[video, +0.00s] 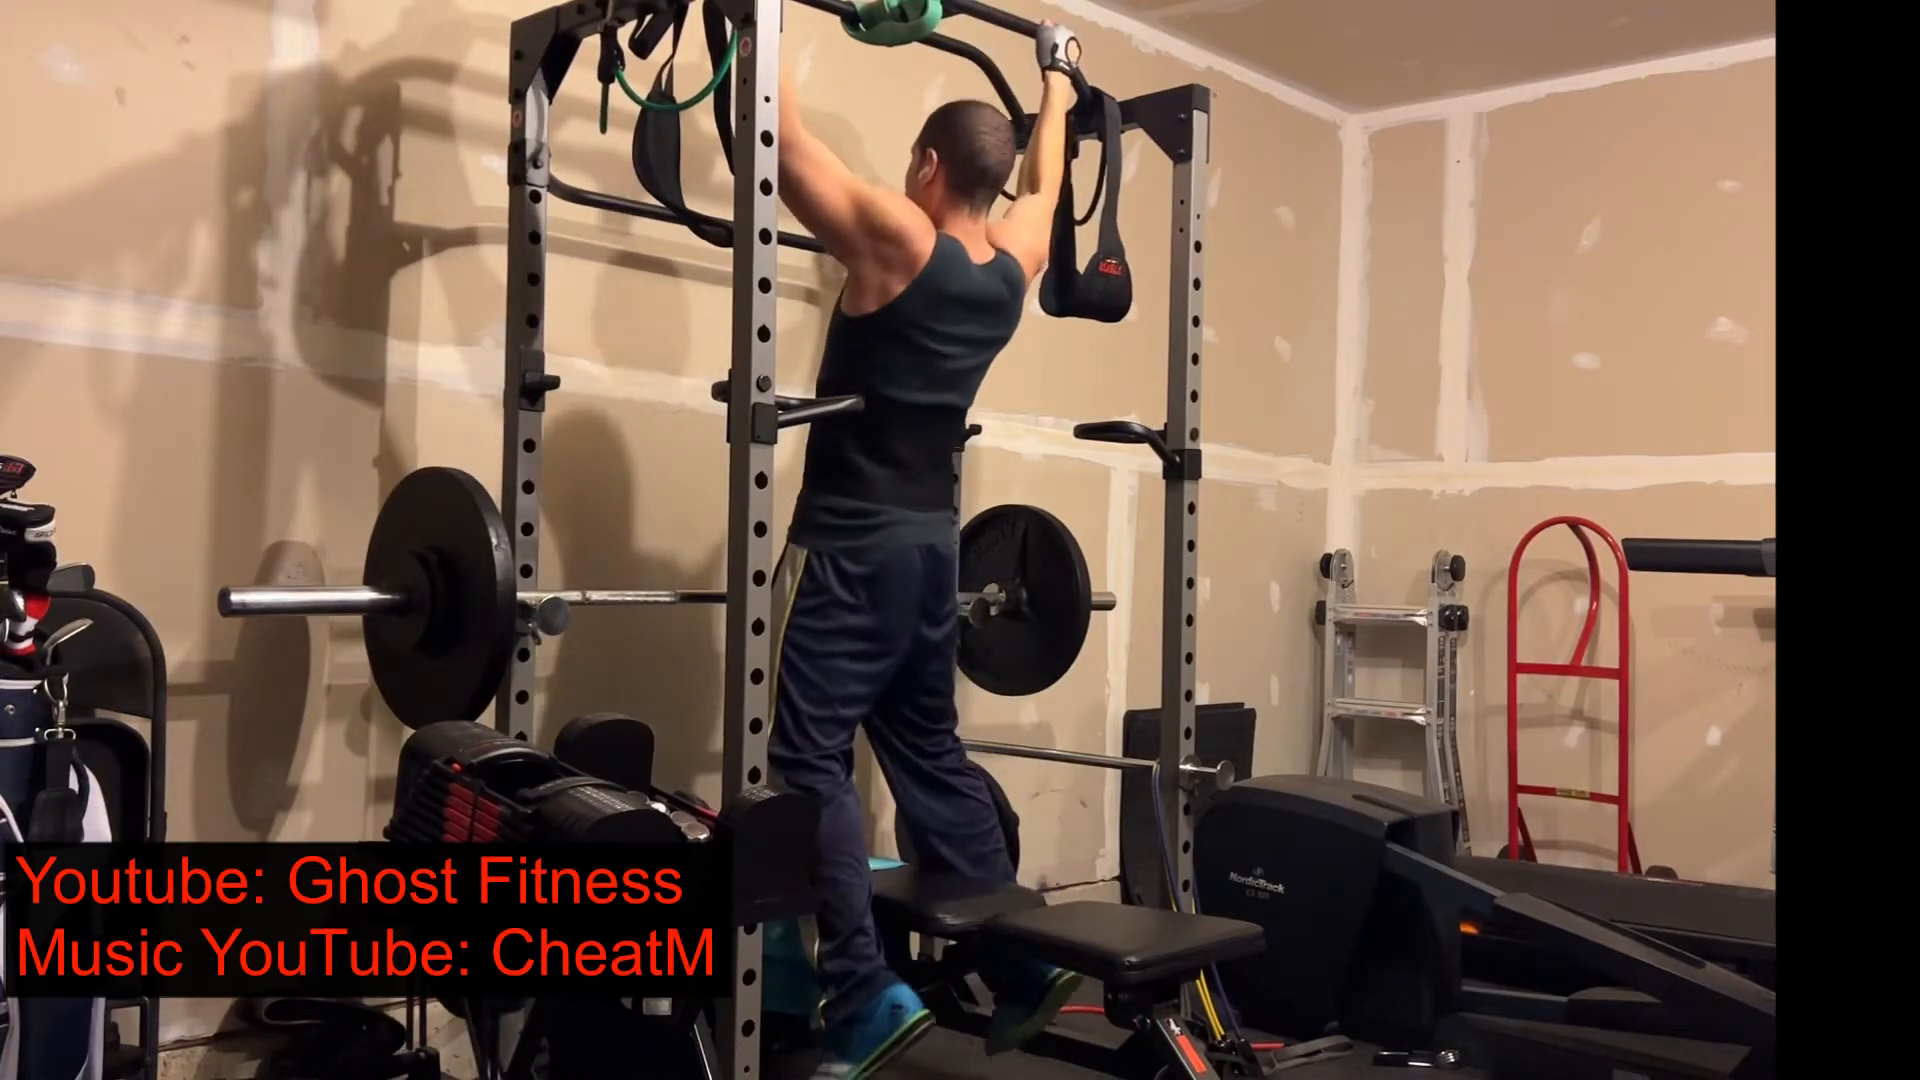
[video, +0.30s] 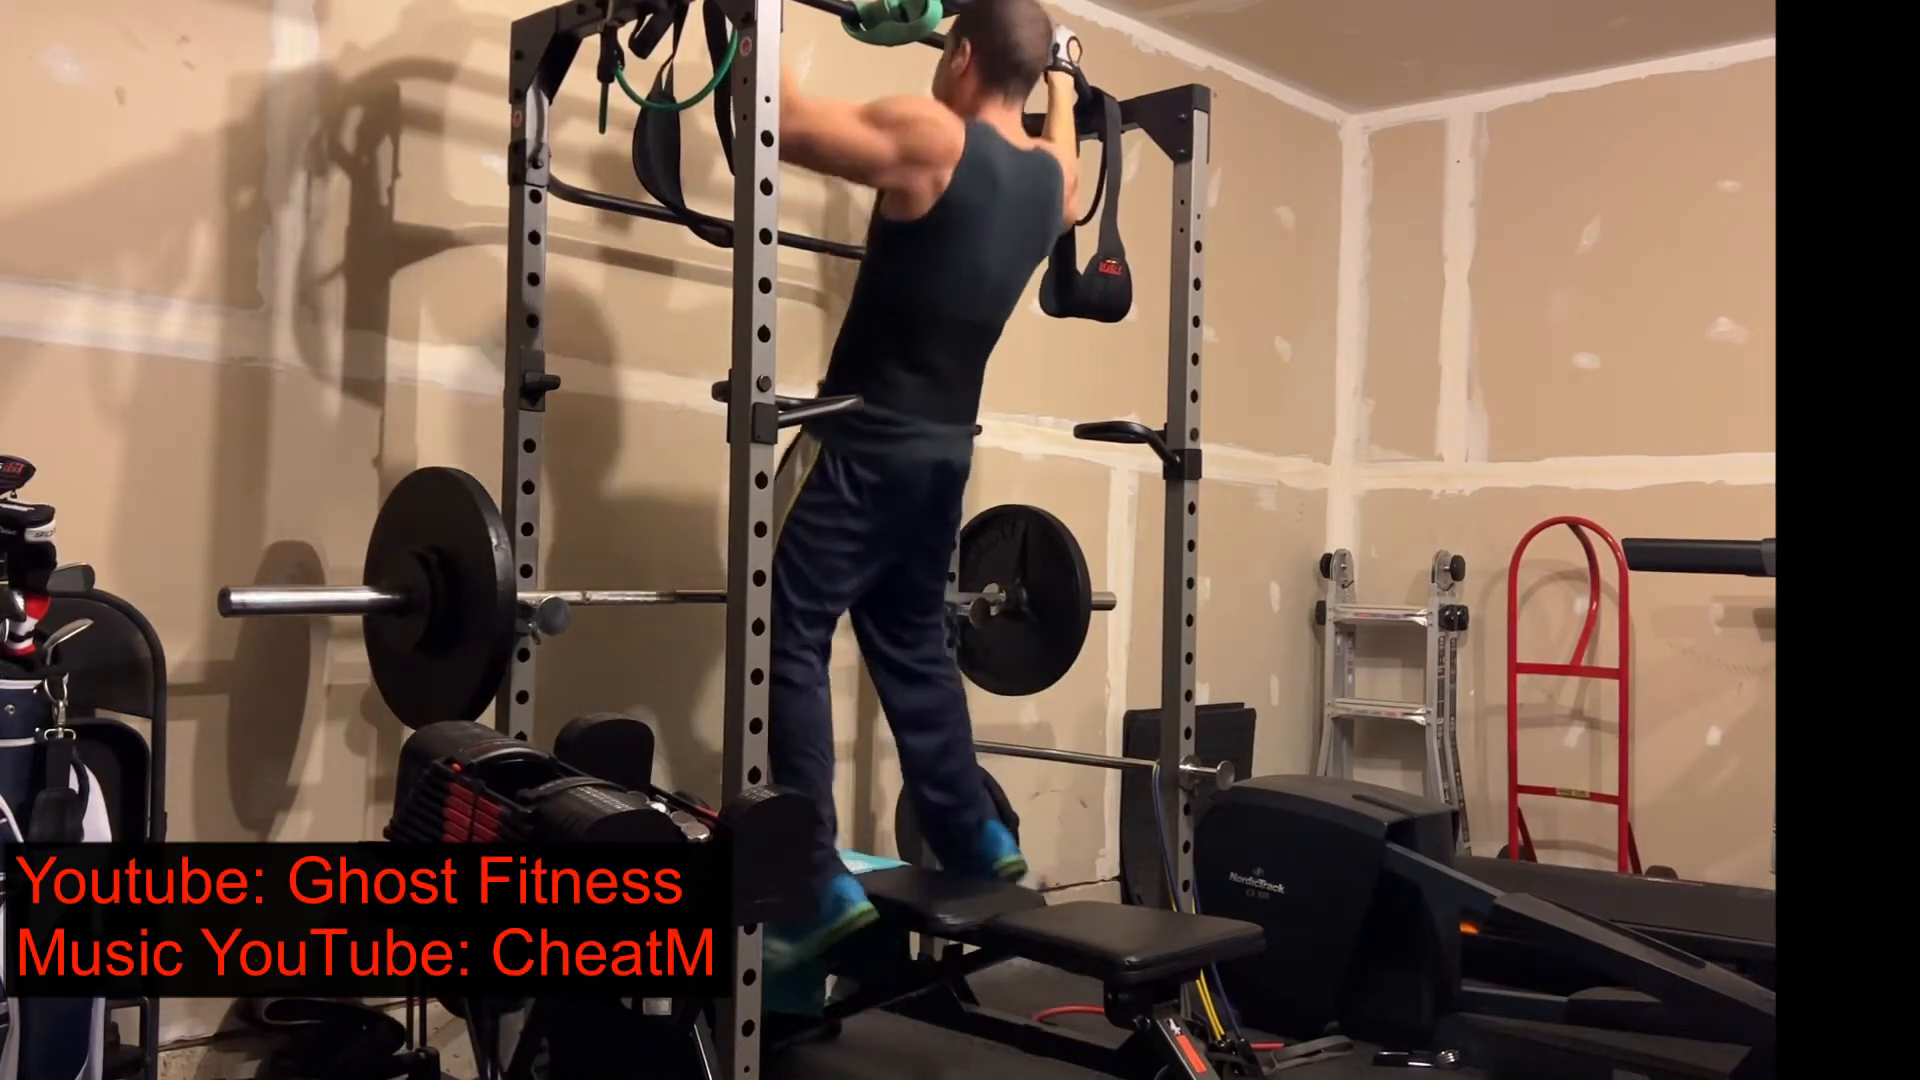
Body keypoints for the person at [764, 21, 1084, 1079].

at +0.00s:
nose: (905, 161)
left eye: (914, 150)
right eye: (917, 151)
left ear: (929, 162)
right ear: (1001, 185)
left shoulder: (892, 236)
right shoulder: (1011, 267)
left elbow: (782, 135)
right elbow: (1044, 186)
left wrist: (764, 26)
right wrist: (1057, 103)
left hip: (856, 536)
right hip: (932, 537)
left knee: (814, 755)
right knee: (927, 747)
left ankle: (859, 983)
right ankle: (1016, 955)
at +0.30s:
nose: (939, 58)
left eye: (947, 41)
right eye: (948, 42)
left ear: (965, 57)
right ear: (1034, 75)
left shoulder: (926, 133)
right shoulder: (1044, 173)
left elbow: (785, 120)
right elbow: (1067, 189)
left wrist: (758, 16)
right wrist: (1051, 98)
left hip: (865, 445)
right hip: (942, 453)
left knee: (791, 635)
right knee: (910, 639)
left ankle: (806, 870)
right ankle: (970, 838)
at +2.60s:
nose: (895, 183)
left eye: (901, 171)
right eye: (908, 172)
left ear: (919, 180)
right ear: (989, 202)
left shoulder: (882, 249)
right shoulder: (1002, 284)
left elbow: (779, 131)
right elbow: (1040, 190)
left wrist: (759, 28)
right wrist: (1057, 100)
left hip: (846, 551)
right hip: (923, 551)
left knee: (798, 764)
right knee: (918, 758)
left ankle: (845, 987)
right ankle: (1008, 960)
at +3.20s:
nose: (938, 29)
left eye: (944, 16)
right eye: (944, 18)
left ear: (961, 19)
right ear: (1037, 38)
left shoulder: (924, 100)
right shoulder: (1049, 140)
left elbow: (781, 114)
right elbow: (1070, 203)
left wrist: (760, 21)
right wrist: (1055, 95)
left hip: (872, 413)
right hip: (950, 421)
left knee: (794, 603)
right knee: (924, 620)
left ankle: (818, 837)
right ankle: (985, 823)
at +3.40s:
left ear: (959, 0)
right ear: (1017, 12)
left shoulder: (913, 62)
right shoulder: (1038, 99)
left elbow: (776, 114)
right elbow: (1054, 205)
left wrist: (755, 19)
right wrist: (1050, 94)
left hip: (867, 370)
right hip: (947, 381)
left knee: (798, 573)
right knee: (928, 593)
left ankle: (831, 798)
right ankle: (992, 793)